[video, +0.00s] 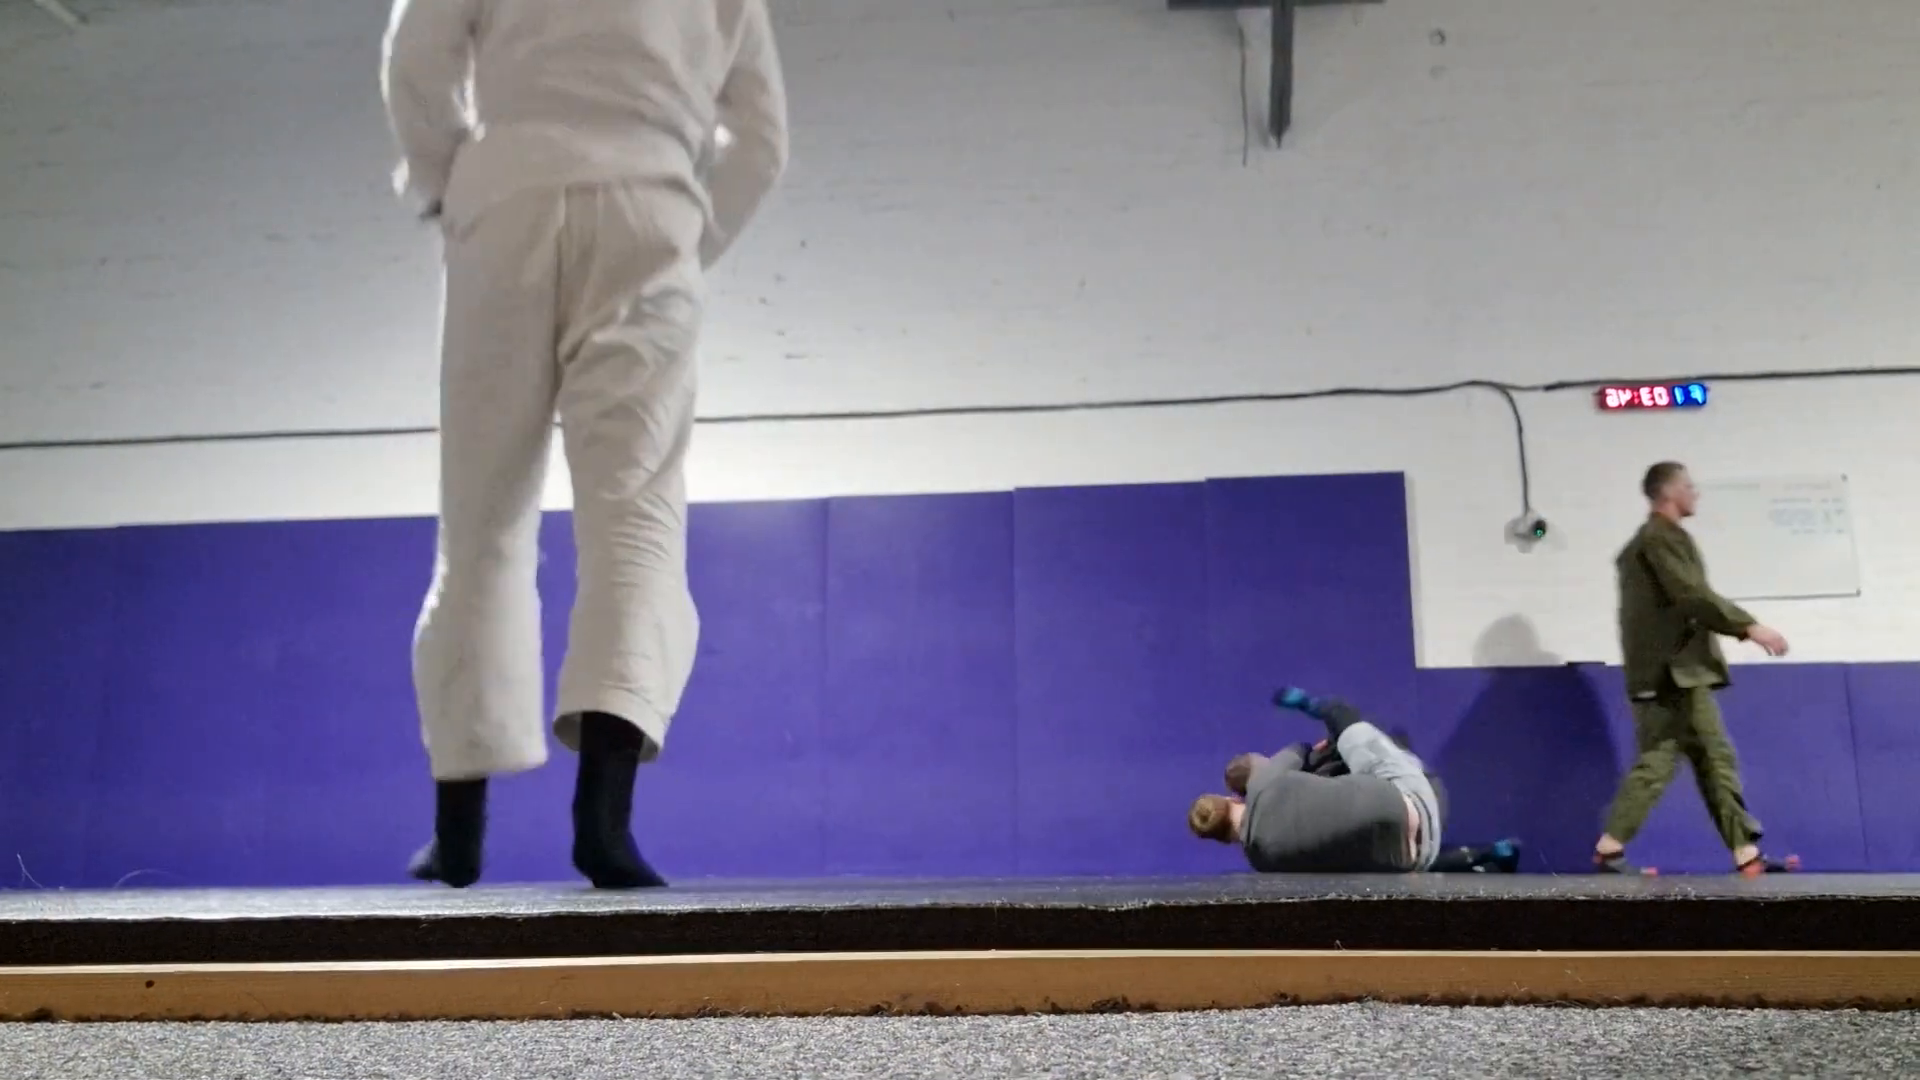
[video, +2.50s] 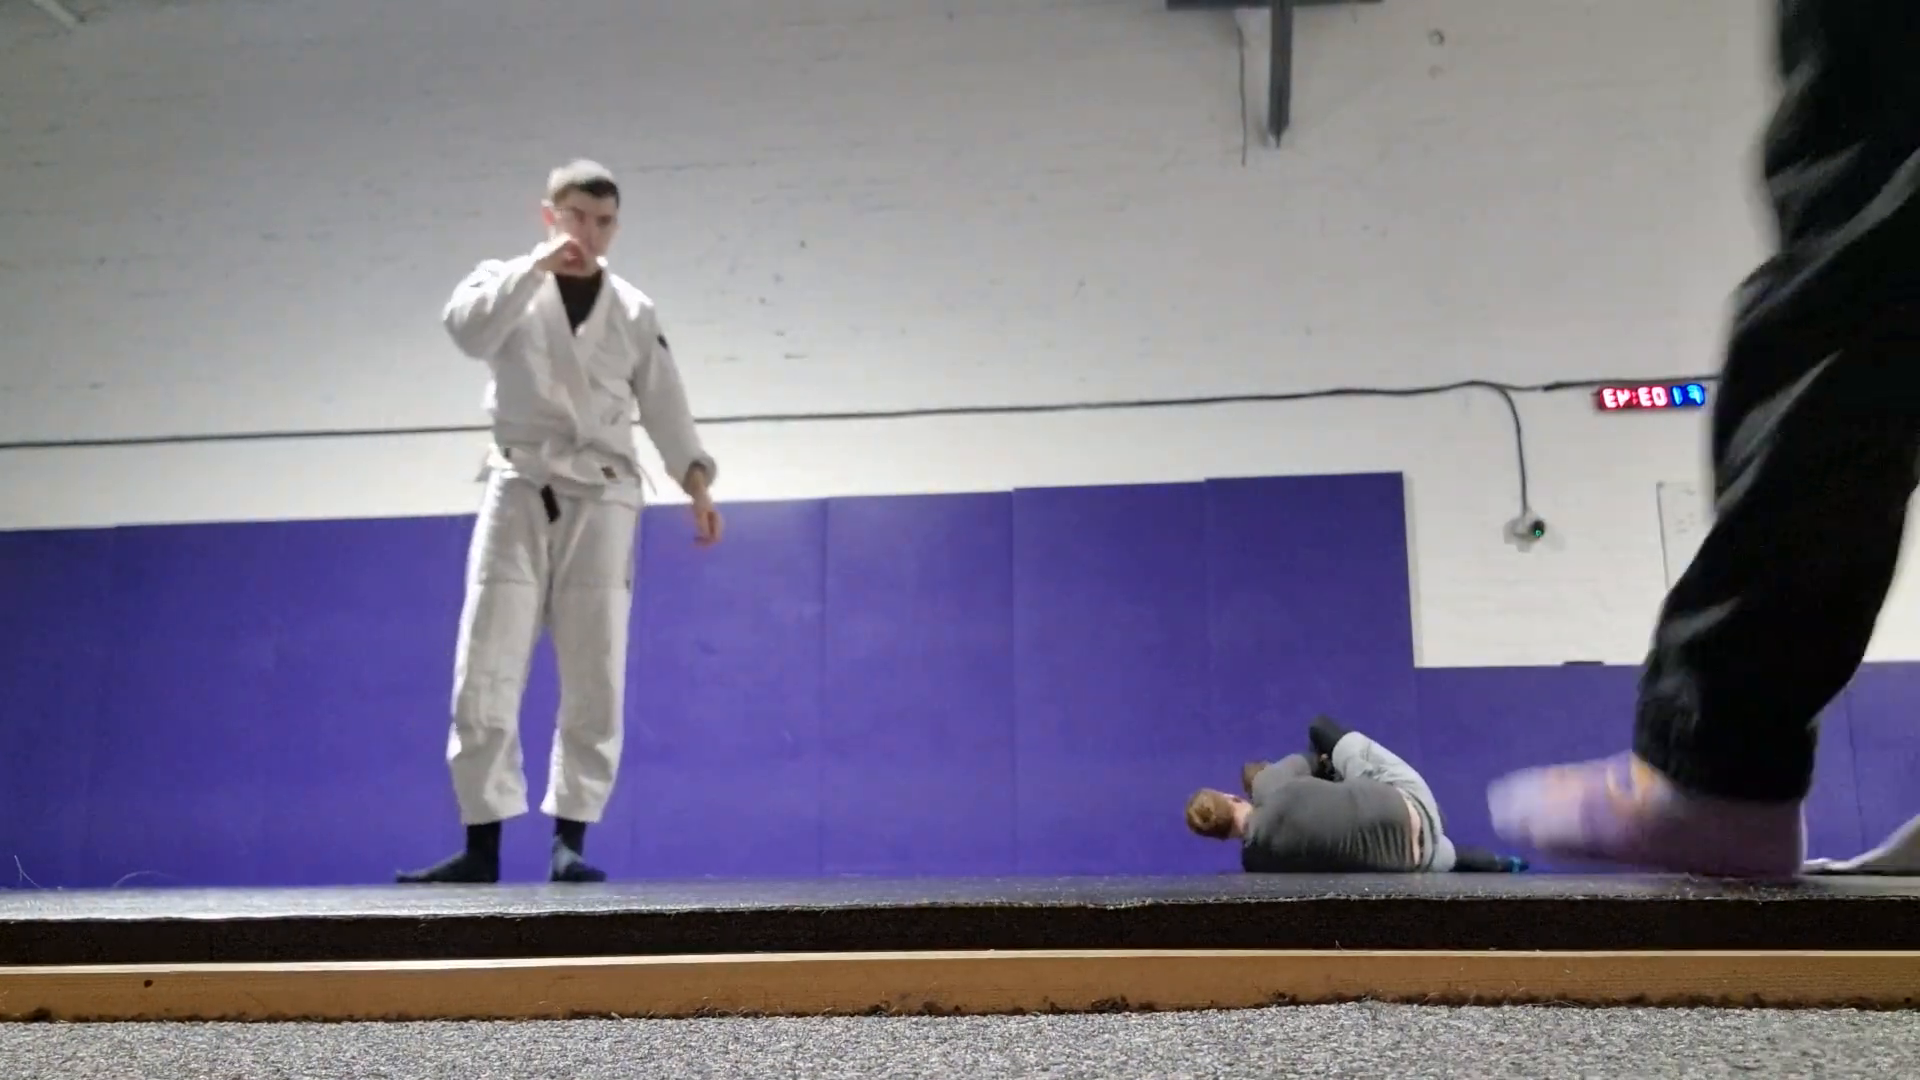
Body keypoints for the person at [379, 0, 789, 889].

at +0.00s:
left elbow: (413, 58)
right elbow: (763, 137)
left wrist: (448, 185)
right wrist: (682, 236)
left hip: (504, 182)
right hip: (646, 185)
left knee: (485, 514)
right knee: (634, 503)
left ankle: (458, 833)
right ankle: (604, 821)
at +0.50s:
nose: (492, 18)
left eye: (492, 10)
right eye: (499, 13)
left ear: (505, 8)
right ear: (587, 12)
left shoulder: (458, 72)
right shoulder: (652, 92)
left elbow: (396, 218)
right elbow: (685, 246)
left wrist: (436, 316)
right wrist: (635, 338)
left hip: (486, 323)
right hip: (606, 329)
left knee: (483, 579)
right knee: (604, 578)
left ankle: (488, 848)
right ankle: (607, 838)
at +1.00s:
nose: (476, 126)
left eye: (479, 110)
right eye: (476, 112)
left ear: (508, 103)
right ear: (553, 107)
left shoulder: (497, 166)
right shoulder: (628, 205)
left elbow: (451, 260)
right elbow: (647, 337)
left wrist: (423, 360)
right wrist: (608, 407)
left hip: (516, 408)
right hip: (612, 418)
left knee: (454, 617)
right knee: (588, 626)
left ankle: (478, 844)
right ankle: (593, 854)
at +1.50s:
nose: (451, 175)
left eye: (466, 162)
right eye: (445, 164)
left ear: (511, 170)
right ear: (442, 176)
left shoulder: (547, 244)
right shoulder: (456, 263)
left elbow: (566, 354)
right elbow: (427, 376)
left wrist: (488, 417)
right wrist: (401, 442)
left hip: (533, 476)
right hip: (487, 480)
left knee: (460, 661)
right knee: (440, 667)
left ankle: (483, 852)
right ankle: (475, 848)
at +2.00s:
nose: (535, 204)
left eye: (550, 194)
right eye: (524, 190)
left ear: (568, 212)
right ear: (496, 198)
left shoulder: (596, 300)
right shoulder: (449, 285)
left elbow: (620, 403)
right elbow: (401, 387)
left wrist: (601, 463)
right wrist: (430, 448)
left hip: (564, 503)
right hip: (474, 500)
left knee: (569, 676)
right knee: (459, 675)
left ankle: (565, 849)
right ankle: (475, 849)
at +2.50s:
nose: (586, 233)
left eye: (600, 223)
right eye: (575, 217)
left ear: (616, 230)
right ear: (548, 214)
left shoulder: (633, 311)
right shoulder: (503, 280)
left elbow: (663, 404)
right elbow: (465, 329)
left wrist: (698, 482)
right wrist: (539, 264)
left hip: (603, 499)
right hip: (516, 493)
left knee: (594, 667)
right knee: (484, 666)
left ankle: (569, 846)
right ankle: (480, 848)